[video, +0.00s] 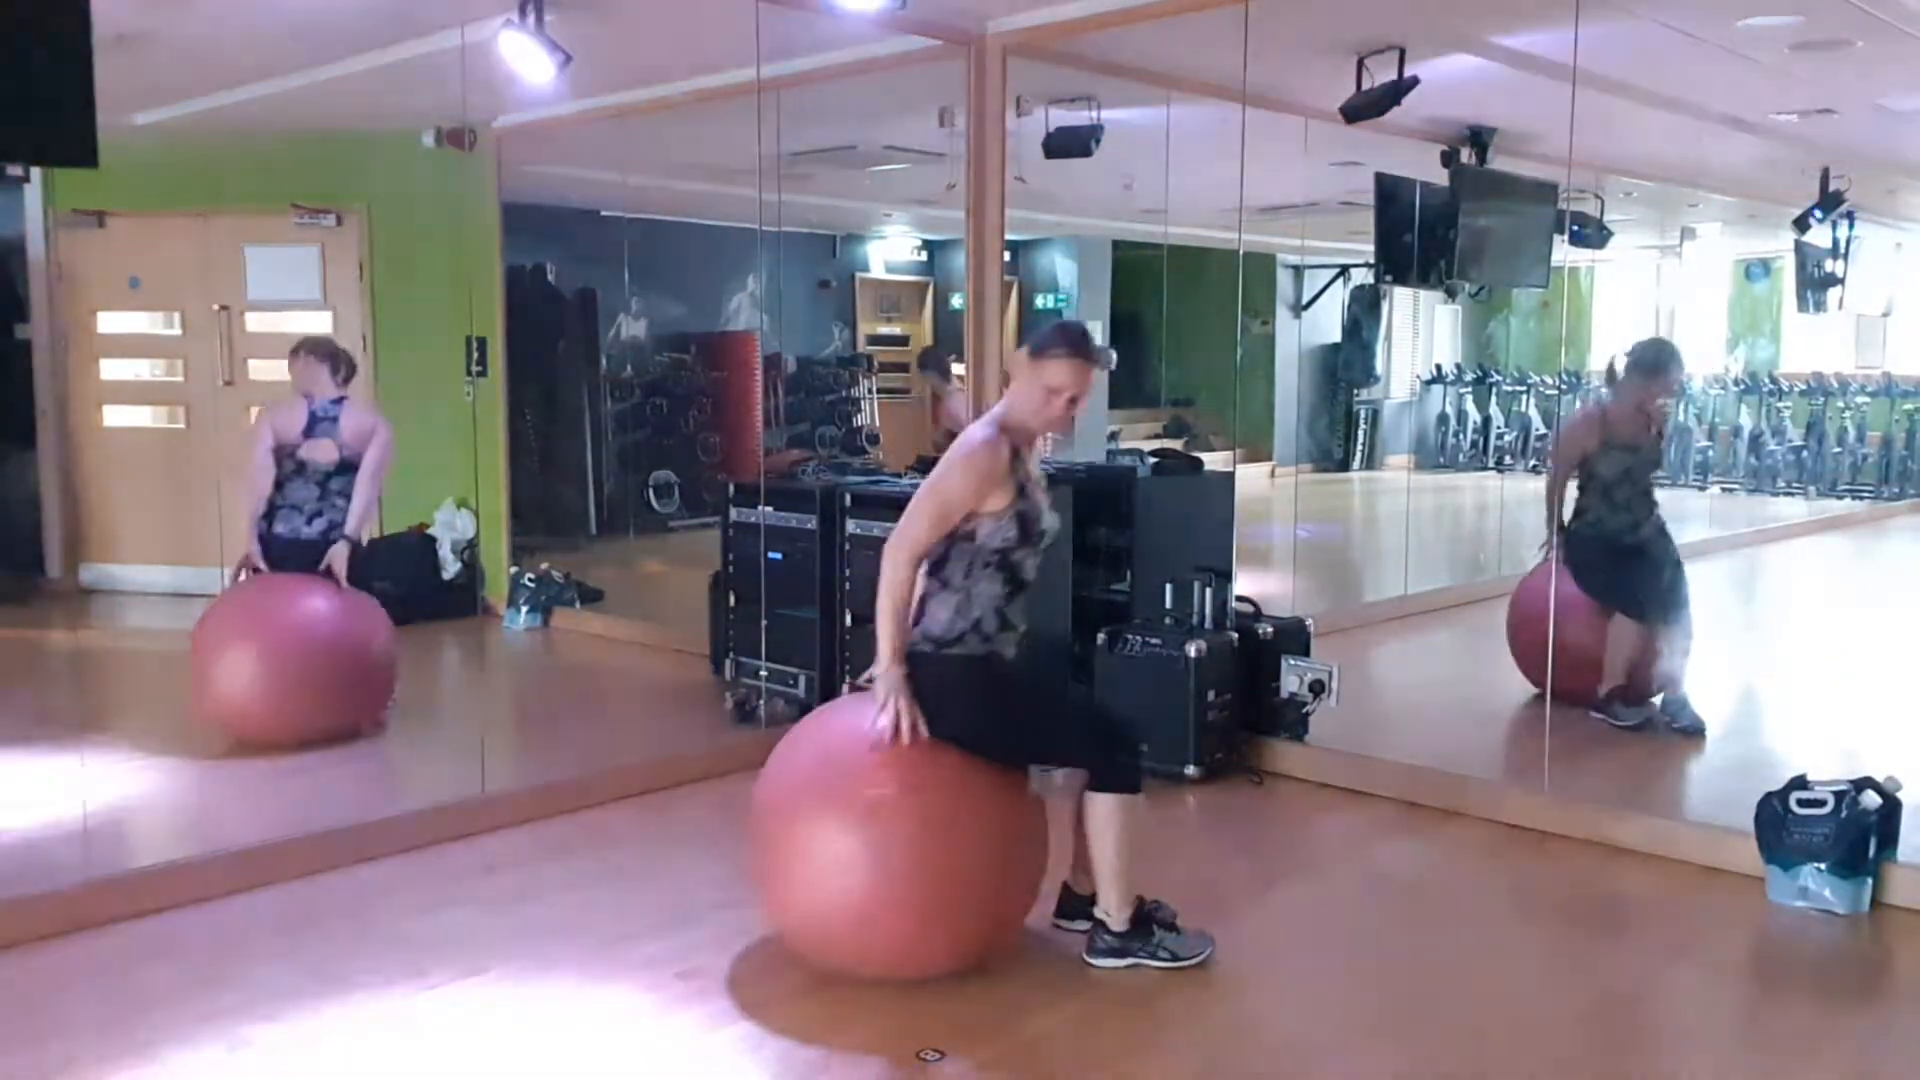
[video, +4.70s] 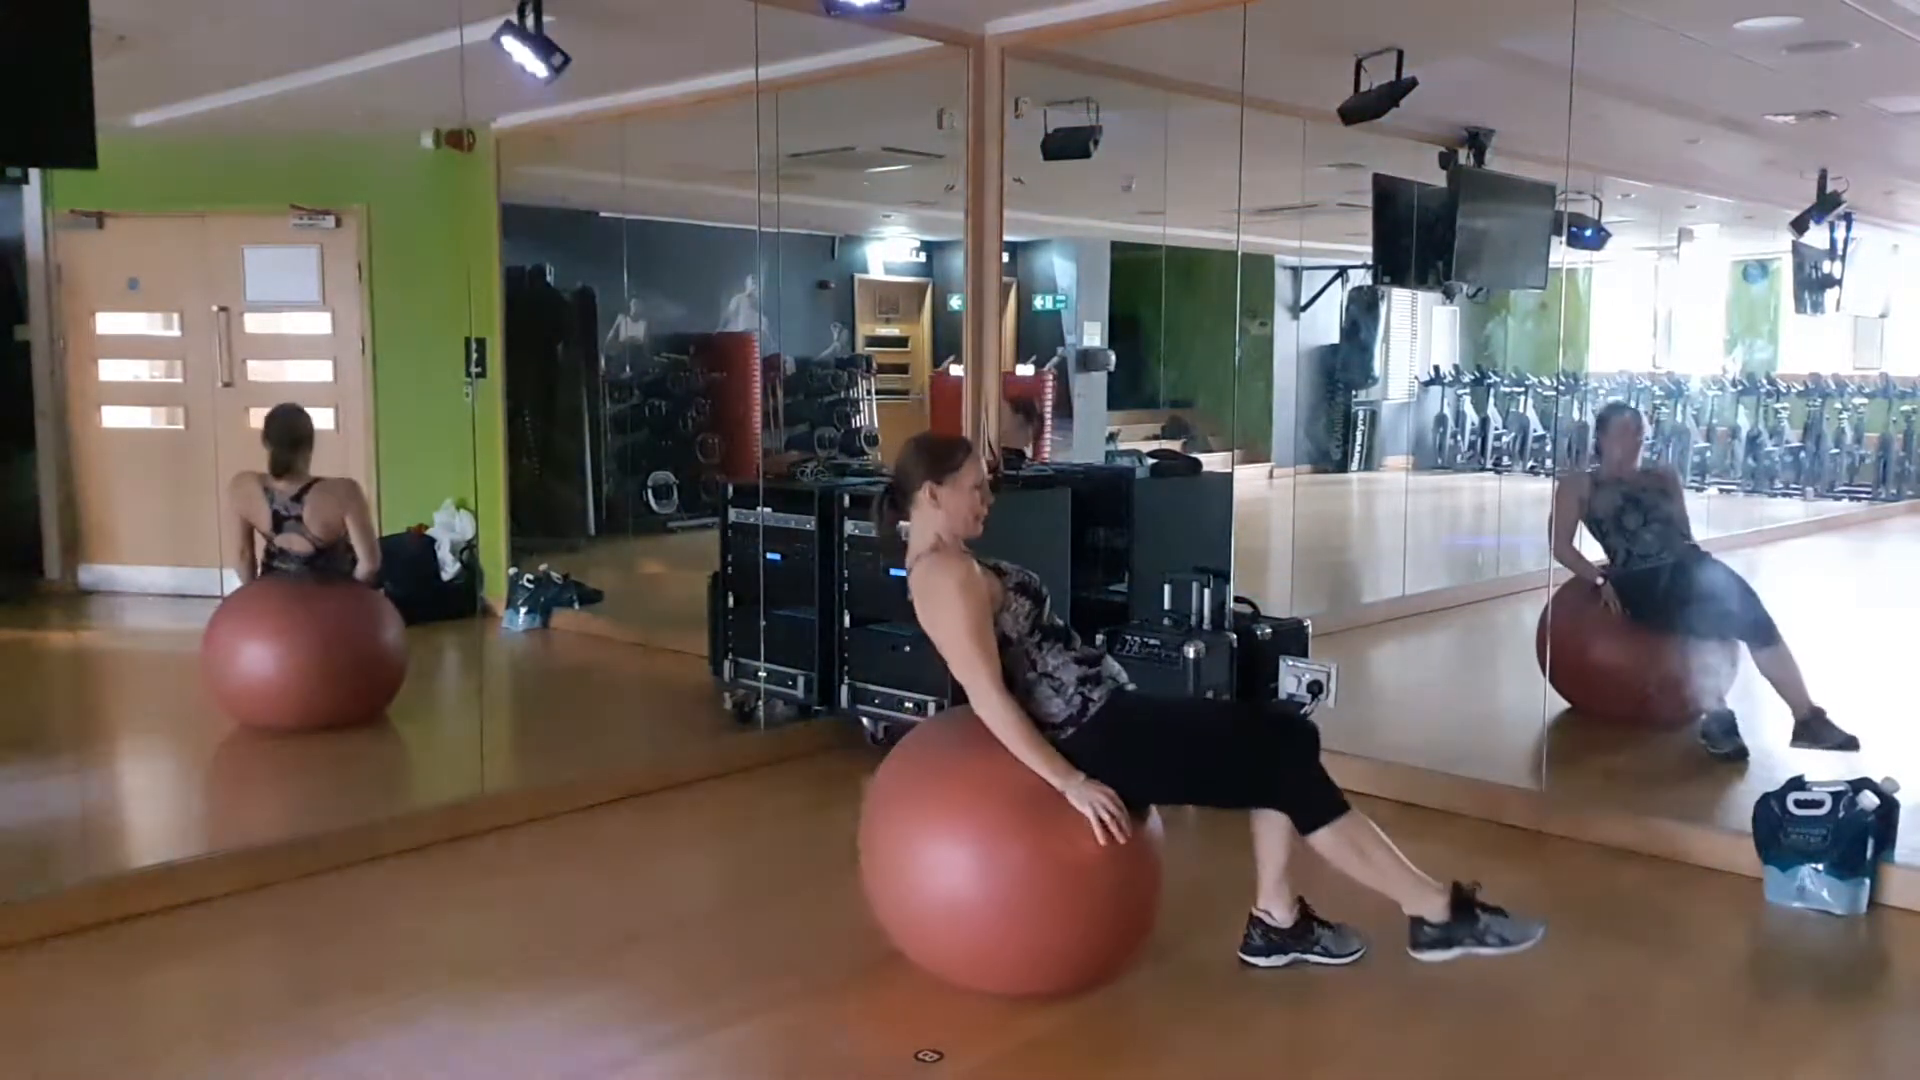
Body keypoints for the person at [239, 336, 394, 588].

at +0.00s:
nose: (290, 373)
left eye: (293, 364)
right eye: (291, 365)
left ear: (310, 361)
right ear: (336, 367)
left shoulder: (274, 417)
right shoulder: (374, 424)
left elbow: (261, 482)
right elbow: (367, 483)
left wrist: (252, 541)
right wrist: (347, 539)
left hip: (280, 546)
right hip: (339, 545)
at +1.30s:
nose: (272, 337)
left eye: (276, 329)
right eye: (274, 329)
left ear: (292, 334)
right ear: (320, 335)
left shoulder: (257, 395)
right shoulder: (354, 395)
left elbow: (251, 466)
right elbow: (354, 465)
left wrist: (244, 531)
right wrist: (346, 524)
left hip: (272, 525)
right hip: (329, 524)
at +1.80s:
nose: (256, 371)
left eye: (259, 363)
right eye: (256, 363)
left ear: (274, 369)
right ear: (305, 369)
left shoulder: (243, 430)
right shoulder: (344, 423)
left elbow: (241, 500)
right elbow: (355, 490)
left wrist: (240, 558)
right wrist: (357, 552)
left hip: (268, 560)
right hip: (328, 556)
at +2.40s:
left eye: (270, 374)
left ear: (271, 376)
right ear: (313, 377)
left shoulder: (239, 430)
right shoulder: (344, 429)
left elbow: (224, 500)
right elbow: (350, 497)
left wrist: (219, 561)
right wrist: (346, 557)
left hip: (255, 569)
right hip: (319, 567)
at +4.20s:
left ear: (260, 413)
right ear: (306, 410)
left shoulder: (236, 463)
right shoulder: (337, 462)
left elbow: (231, 536)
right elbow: (358, 539)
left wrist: (242, 593)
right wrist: (343, 586)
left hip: (264, 590)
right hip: (323, 590)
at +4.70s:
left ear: (265, 442)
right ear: (311, 442)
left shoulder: (244, 488)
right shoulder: (344, 493)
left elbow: (242, 557)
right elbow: (370, 563)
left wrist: (256, 598)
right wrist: (346, 595)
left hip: (273, 606)